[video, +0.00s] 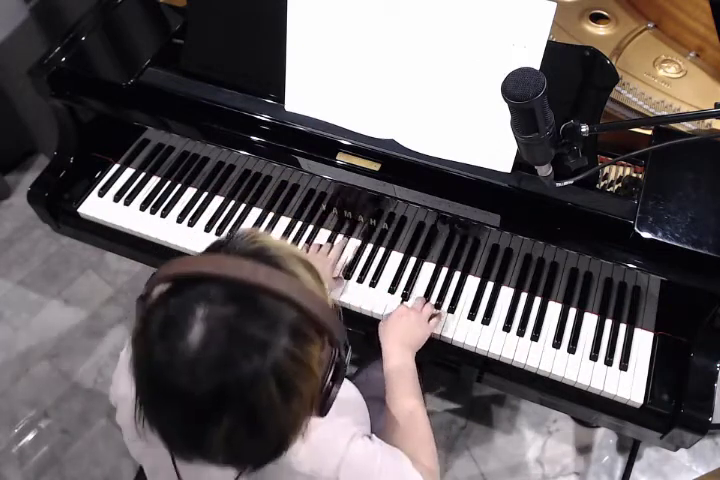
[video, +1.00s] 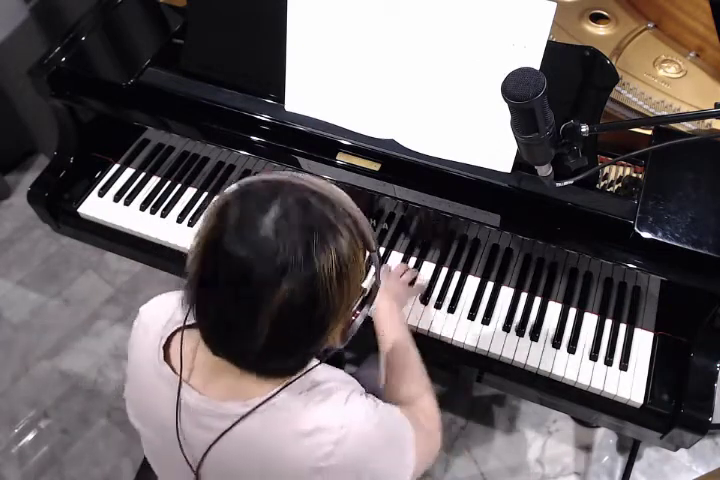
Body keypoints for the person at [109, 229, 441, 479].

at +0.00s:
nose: (318, 345)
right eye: (319, 349)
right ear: (305, 399)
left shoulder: (133, 388)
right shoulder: (328, 455)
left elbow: (164, 294)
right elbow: (420, 472)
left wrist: (298, 288)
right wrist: (400, 356)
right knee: (388, 371)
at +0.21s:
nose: (326, 324)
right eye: (323, 333)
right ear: (303, 387)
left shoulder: (133, 370)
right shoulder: (327, 451)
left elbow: (172, 303)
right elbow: (419, 472)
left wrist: (302, 292)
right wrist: (396, 358)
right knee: (386, 370)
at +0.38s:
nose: (336, 318)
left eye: (333, 314)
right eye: (331, 316)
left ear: (177, 298)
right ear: (305, 352)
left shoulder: (137, 351)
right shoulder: (333, 455)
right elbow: (427, 468)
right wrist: (400, 357)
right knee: (381, 375)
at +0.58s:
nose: (340, 303)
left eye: (342, 294)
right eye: (337, 297)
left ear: (194, 272)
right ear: (304, 329)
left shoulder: (144, 336)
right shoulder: (318, 441)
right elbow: (458, 457)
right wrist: (413, 334)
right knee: (383, 352)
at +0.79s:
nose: (352, 296)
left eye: (349, 288)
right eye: (347, 291)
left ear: (204, 261)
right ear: (319, 320)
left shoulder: (150, 327)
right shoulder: (326, 431)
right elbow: (446, 424)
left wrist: (310, 338)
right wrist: (409, 310)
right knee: (386, 369)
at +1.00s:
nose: (359, 295)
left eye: (356, 284)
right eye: (353, 289)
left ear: (206, 265)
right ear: (327, 317)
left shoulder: (154, 320)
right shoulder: (337, 429)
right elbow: (422, 430)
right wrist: (391, 311)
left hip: (164, 463)